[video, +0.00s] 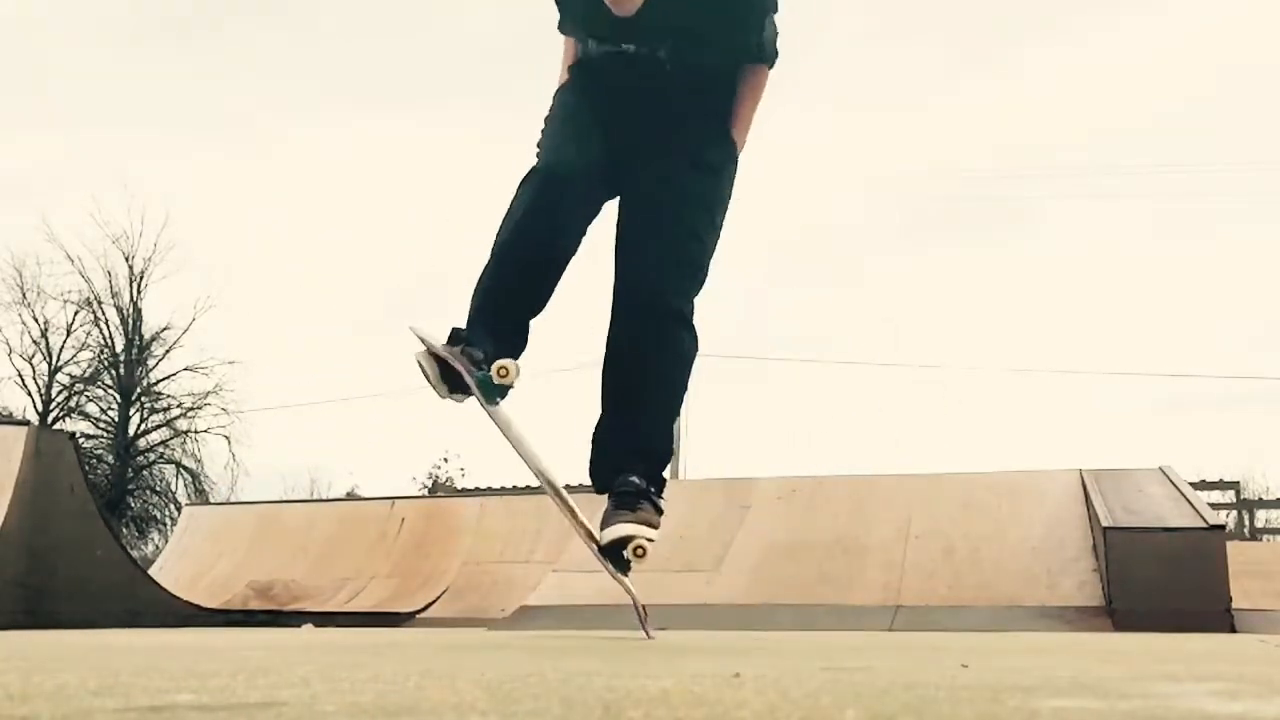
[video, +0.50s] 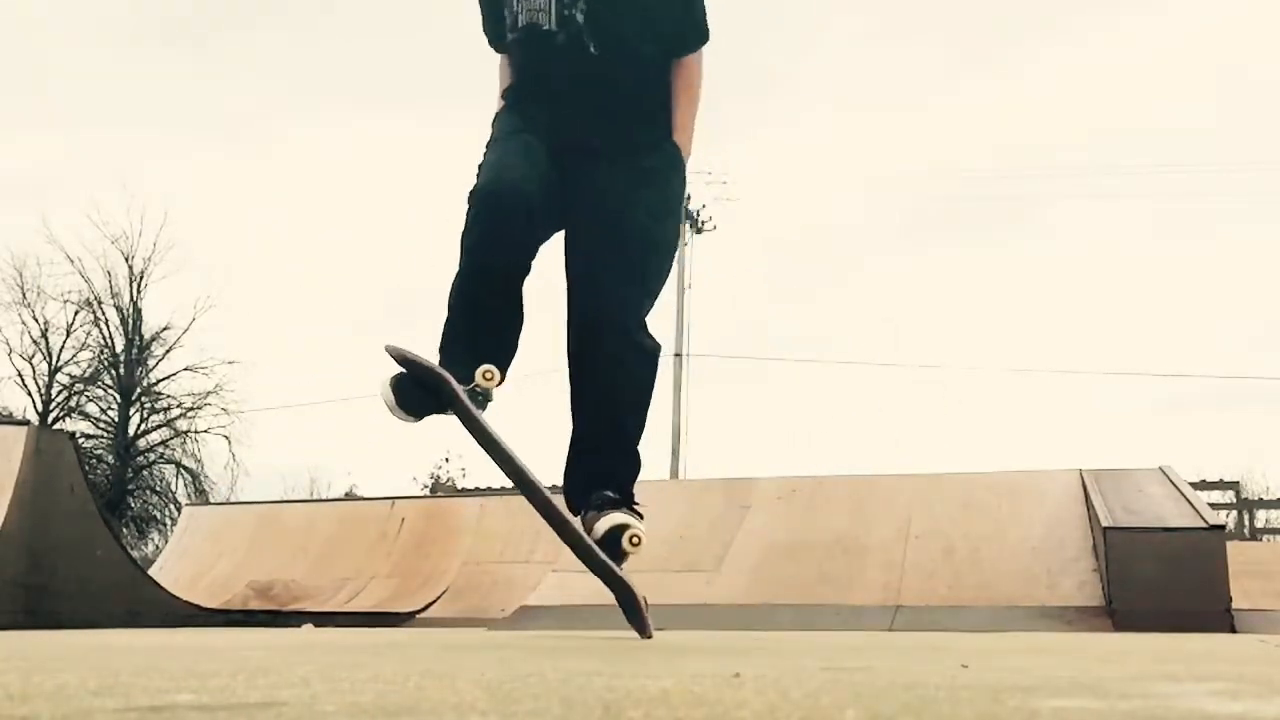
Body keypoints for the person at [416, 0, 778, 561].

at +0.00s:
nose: (618, 5)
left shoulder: (744, 9)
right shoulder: (581, 7)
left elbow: (759, 48)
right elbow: (573, 47)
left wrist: (731, 145)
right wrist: (568, 109)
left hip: (702, 83)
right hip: (604, 74)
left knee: (659, 292)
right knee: (558, 183)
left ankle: (634, 483)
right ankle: (484, 346)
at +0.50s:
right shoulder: (501, 4)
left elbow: (687, 47)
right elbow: (509, 52)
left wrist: (677, 157)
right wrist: (503, 132)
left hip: (633, 128)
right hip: (536, 122)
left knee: (612, 325)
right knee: (502, 198)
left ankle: (603, 496)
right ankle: (470, 364)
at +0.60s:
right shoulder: (491, 4)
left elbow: (664, 30)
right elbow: (491, 41)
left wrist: (656, 134)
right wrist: (482, 122)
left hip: (616, 128)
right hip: (513, 120)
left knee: (602, 315)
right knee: (466, 209)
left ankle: (597, 497)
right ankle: (450, 371)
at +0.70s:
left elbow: (651, 21)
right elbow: (478, 36)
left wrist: (641, 117)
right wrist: (466, 102)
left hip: (601, 106)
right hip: (498, 100)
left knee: (596, 305)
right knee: (449, 185)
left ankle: (592, 500)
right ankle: (454, 340)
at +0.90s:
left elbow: (639, 14)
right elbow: (464, 30)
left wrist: (628, 113)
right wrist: (455, 83)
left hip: (585, 98)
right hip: (485, 88)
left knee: (586, 295)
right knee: (432, 159)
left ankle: (590, 488)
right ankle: (454, 316)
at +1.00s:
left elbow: (635, 13)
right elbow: (462, 31)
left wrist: (622, 113)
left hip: (580, 97)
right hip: (479, 88)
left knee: (581, 283)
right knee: (425, 154)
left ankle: (588, 480)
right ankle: (453, 308)